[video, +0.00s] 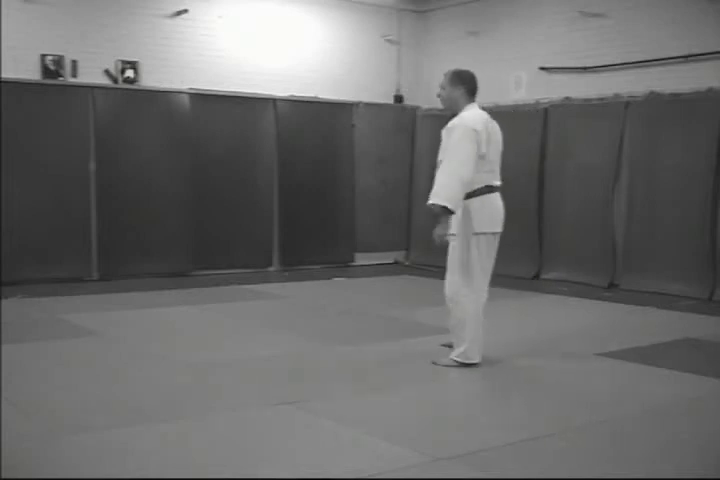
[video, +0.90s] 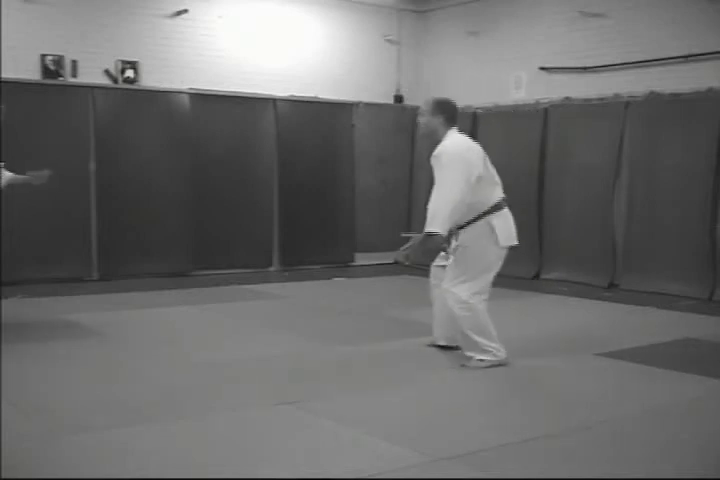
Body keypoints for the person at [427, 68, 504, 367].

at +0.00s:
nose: (439, 94)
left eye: (444, 88)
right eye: (440, 88)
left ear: (461, 92)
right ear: (467, 93)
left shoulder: (464, 125)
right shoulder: (487, 122)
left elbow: (455, 171)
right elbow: (485, 171)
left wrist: (444, 216)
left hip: (472, 209)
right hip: (489, 206)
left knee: (462, 282)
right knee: (473, 280)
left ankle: (467, 352)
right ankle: (466, 340)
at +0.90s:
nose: (418, 122)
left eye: (423, 116)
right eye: (419, 116)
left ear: (440, 120)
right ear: (442, 121)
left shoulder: (453, 150)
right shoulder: (455, 146)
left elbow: (447, 199)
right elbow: (449, 200)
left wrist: (424, 243)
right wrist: (428, 236)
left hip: (485, 229)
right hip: (472, 228)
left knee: (459, 290)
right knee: (440, 273)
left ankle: (490, 352)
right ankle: (447, 337)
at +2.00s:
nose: (387, 153)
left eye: (391, 147)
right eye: (389, 147)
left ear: (407, 147)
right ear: (415, 148)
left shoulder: (426, 173)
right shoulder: (443, 163)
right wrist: (448, 253)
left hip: (488, 230)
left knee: (443, 288)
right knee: (433, 276)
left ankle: (473, 353)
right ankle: (454, 335)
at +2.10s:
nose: (389, 160)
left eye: (383, 153)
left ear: (392, 142)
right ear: (417, 143)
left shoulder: (426, 170)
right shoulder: (448, 161)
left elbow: (436, 192)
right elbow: (482, 188)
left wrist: (397, 171)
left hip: (472, 240)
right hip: (487, 233)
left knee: (436, 301)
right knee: (433, 275)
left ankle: (473, 354)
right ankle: (449, 333)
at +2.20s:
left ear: (413, 126)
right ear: (435, 125)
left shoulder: (412, 148)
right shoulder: (449, 146)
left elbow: (375, 130)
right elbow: (433, 124)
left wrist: (367, 103)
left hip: (464, 227)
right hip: (487, 222)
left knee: (433, 295)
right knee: (446, 287)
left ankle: (472, 348)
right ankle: (457, 334)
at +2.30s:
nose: (405, 124)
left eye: (406, 121)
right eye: (406, 120)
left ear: (413, 126)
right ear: (429, 124)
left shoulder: (410, 143)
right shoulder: (444, 145)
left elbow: (375, 124)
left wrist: (368, 106)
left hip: (472, 219)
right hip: (498, 214)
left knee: (439, 288)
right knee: (503, 275)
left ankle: (466, 351)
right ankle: (516, 332)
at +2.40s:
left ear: (402, 153)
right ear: (419, 146)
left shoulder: (407, 163)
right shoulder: (443, 157)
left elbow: (371, 166)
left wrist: (374, 151)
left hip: (481, 218)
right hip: (509, 213)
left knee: (446, 287)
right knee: (486, 276)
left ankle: (461, 354)